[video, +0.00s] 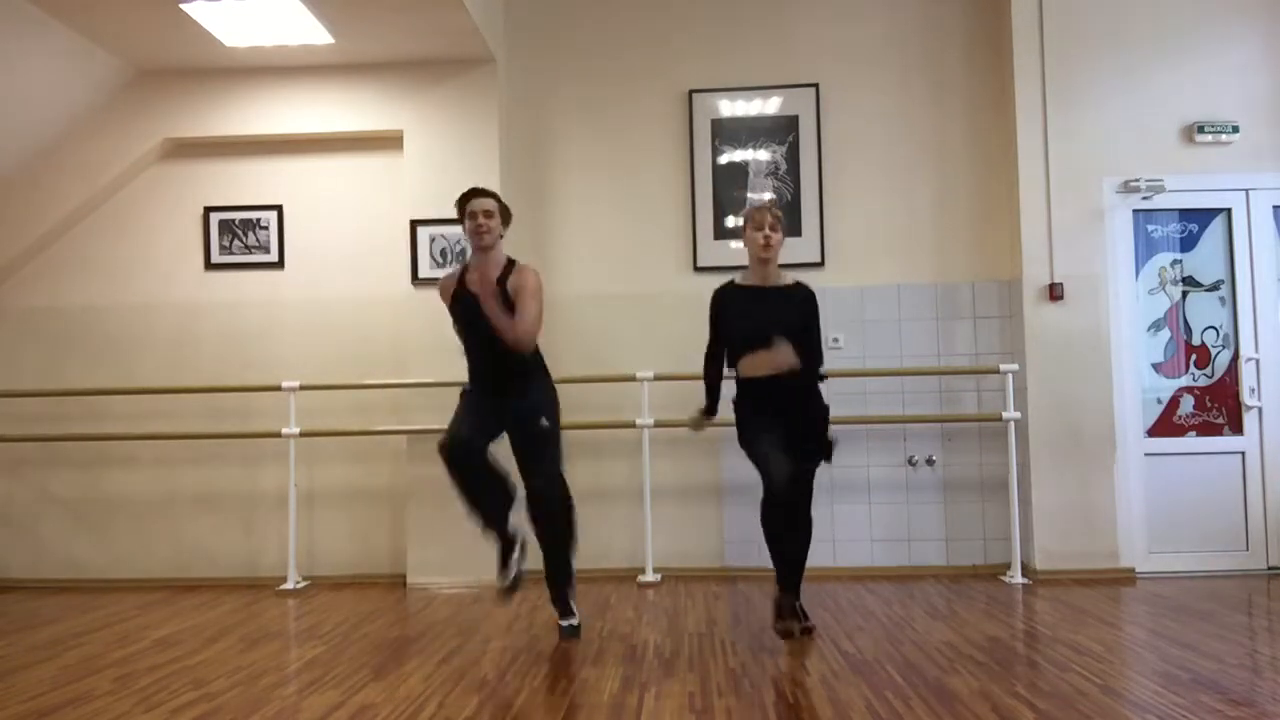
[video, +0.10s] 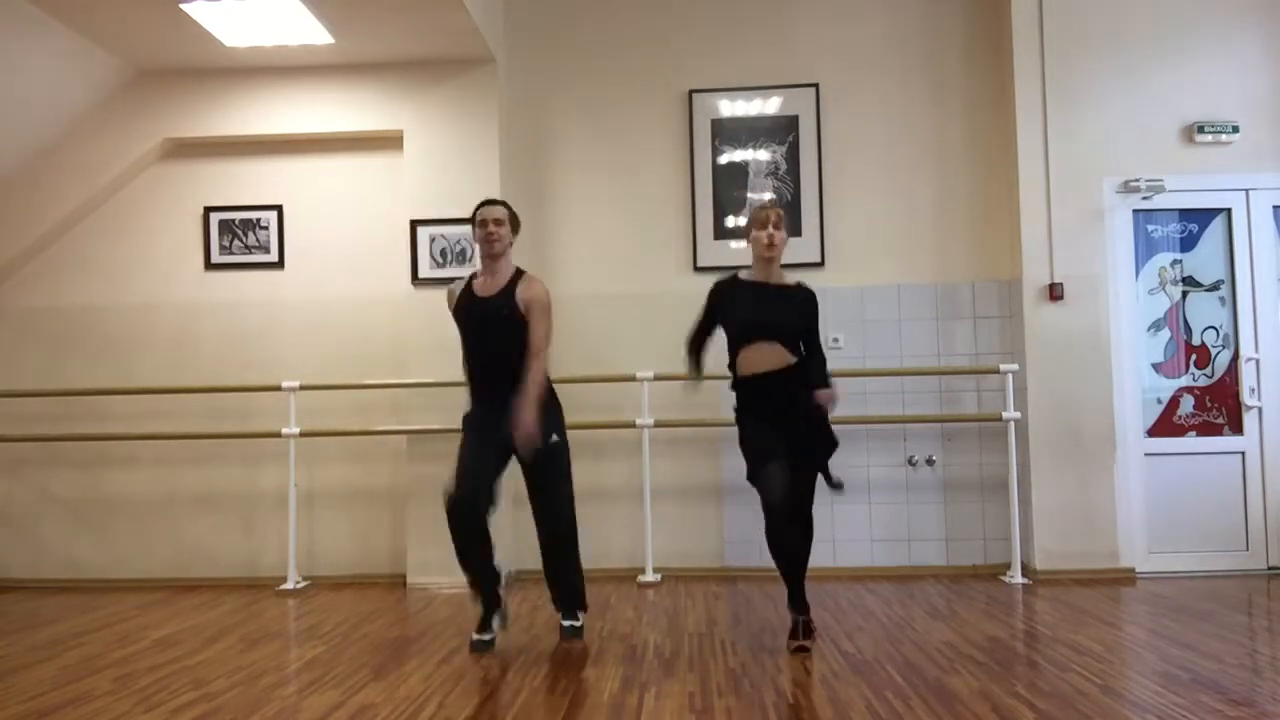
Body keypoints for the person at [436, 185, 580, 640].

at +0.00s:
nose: (482, 222)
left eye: (490, 215)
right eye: (474, 216)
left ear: (504, 224)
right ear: (463, 227)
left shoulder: (524, 278)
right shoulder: (451, 285)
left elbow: (524, 339)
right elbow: (474, 340)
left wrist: (488, 297)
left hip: (529, 392)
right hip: (484, 394)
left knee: (548, 492)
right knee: (458, 448)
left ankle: (563, 597)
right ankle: (507, 535)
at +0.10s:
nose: (490, 230)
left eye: (499, 224)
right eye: (483, 224)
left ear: (513, 232)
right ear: (474, 235)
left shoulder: (532, 290)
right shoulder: (460, 295)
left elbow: (537, 359)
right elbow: (475, 359)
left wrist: (528, 411)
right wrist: (478, 413)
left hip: (532, 406)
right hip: (486, 414)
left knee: (554, 512)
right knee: (463, 505)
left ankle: (570, 608)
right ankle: (490, 604)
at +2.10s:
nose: (470, 224)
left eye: (479, 218)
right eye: (464, 219)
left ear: (495, 233)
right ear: (454, 234)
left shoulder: (517, 289)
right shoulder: (435, 293)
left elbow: (532, 353)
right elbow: (419, 362)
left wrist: (576, 388)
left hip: (504, 399)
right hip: (456, 401)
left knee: (509, 456)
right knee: (426, 502)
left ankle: (522, 535)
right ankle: (409, 619)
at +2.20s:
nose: (471, 231)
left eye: (481, 225)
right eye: (465, 226)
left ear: (499, 240)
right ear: (458, 240)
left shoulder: (522, 291)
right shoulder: (440, 300)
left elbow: (573, 337)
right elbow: (430, 364)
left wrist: (602, 303)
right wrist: (425, 424)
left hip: (521, 417)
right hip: (470, 419)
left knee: (560, 501)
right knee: (432, 510)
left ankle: (590, 585)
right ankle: (413, 619)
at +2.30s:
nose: (491, 234)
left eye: (499, 227)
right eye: (484, 229)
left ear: (517, 240)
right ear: (476, 243)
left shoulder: (538, 272)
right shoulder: (474, 296)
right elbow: (452, 344)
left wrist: (594, 242)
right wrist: (434, 389)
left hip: (556, 415)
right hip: (507, 419)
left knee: (591, 513)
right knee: (464, 515)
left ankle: (622, 604)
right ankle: (420, 618)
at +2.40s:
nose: (522, 232)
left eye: (530, 225)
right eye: (514, 227)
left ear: (548, 237)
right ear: (507, 240)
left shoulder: (562, 278)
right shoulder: (506, 294)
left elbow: (579, 249)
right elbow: (484, 333)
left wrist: (582, 212)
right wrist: (455, 363)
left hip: (586, 408)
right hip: (539, 413)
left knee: (610, 509)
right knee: (510, 493)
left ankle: (624, 605)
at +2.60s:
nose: (579, 227)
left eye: (586, 220)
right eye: (571, 221)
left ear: (601, 229)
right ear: (561, 231)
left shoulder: (618, 281)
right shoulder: (556, 285)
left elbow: (585, 323)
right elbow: (527, 319)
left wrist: (542, 295)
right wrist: (503, 332)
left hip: (627, 407)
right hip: (584, 414)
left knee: (633, 510)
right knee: (627, 511)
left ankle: (624, 603)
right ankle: (677, 604)